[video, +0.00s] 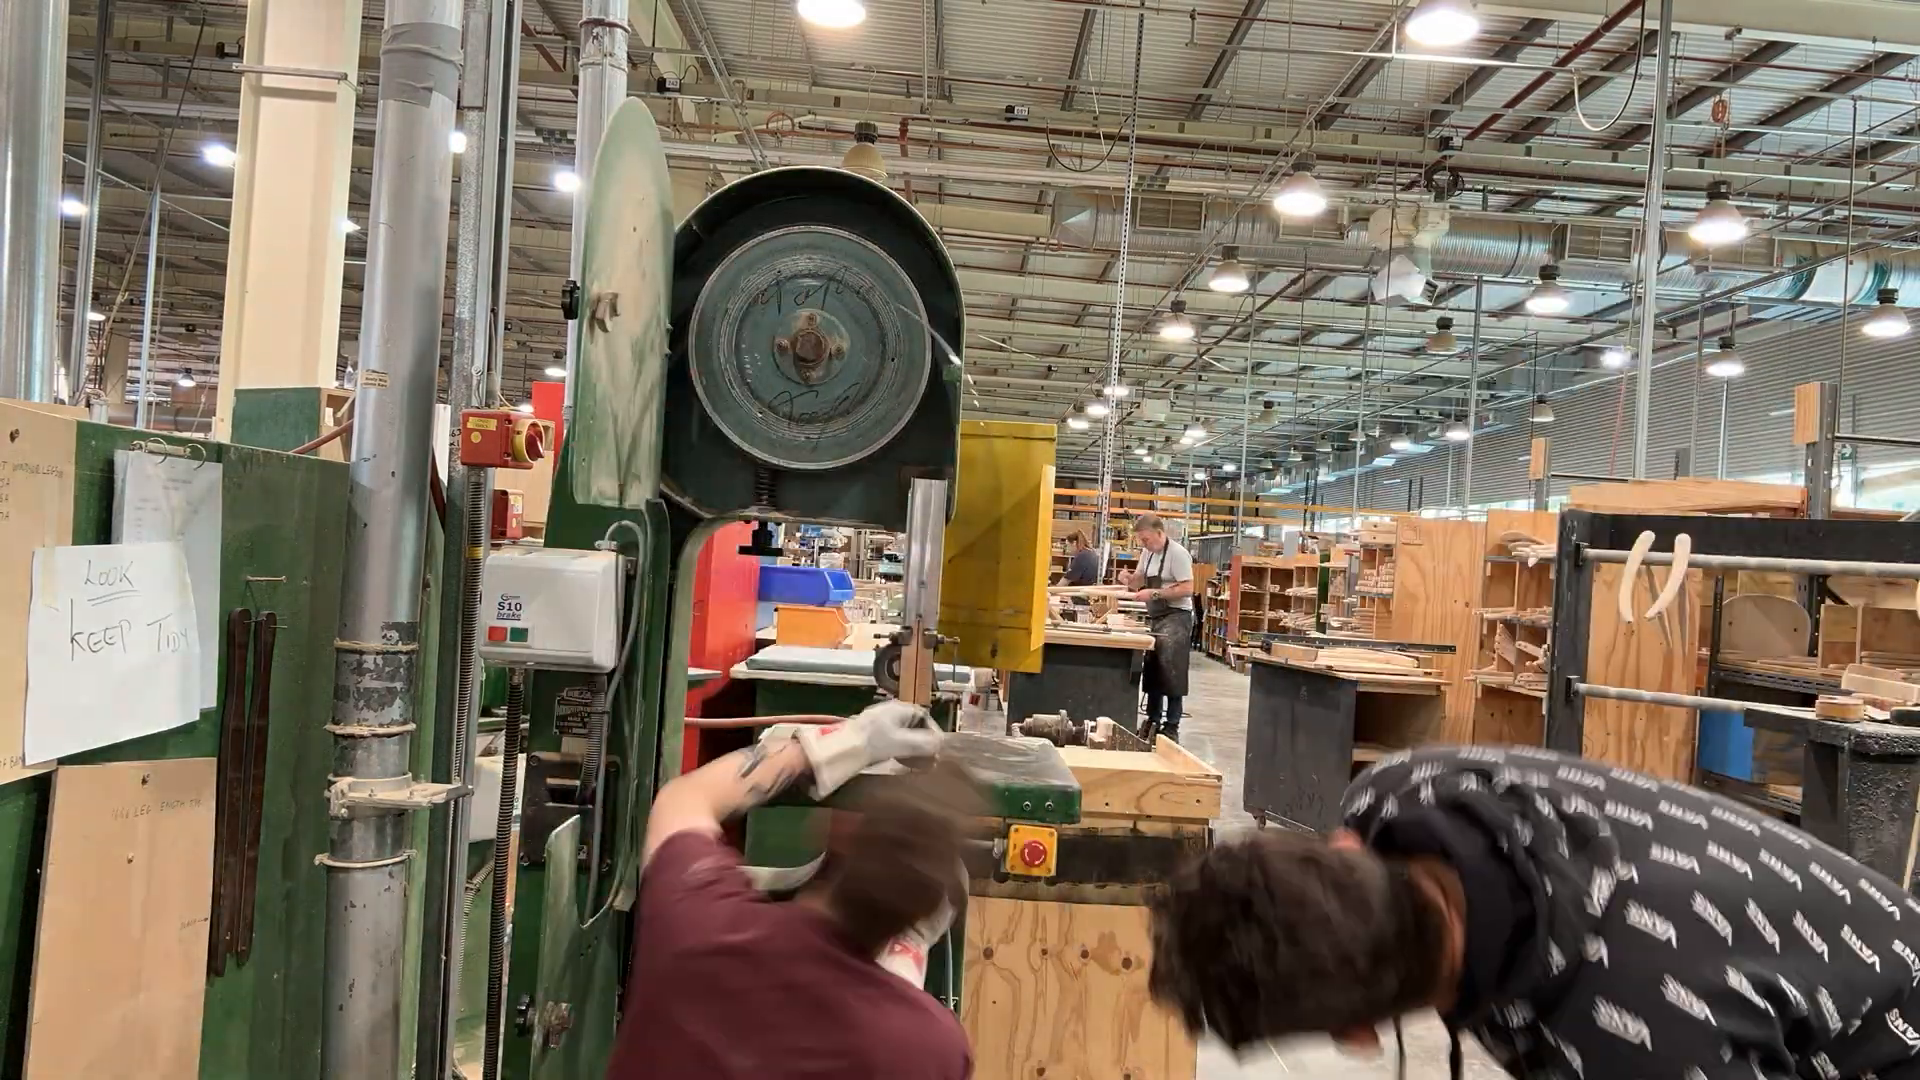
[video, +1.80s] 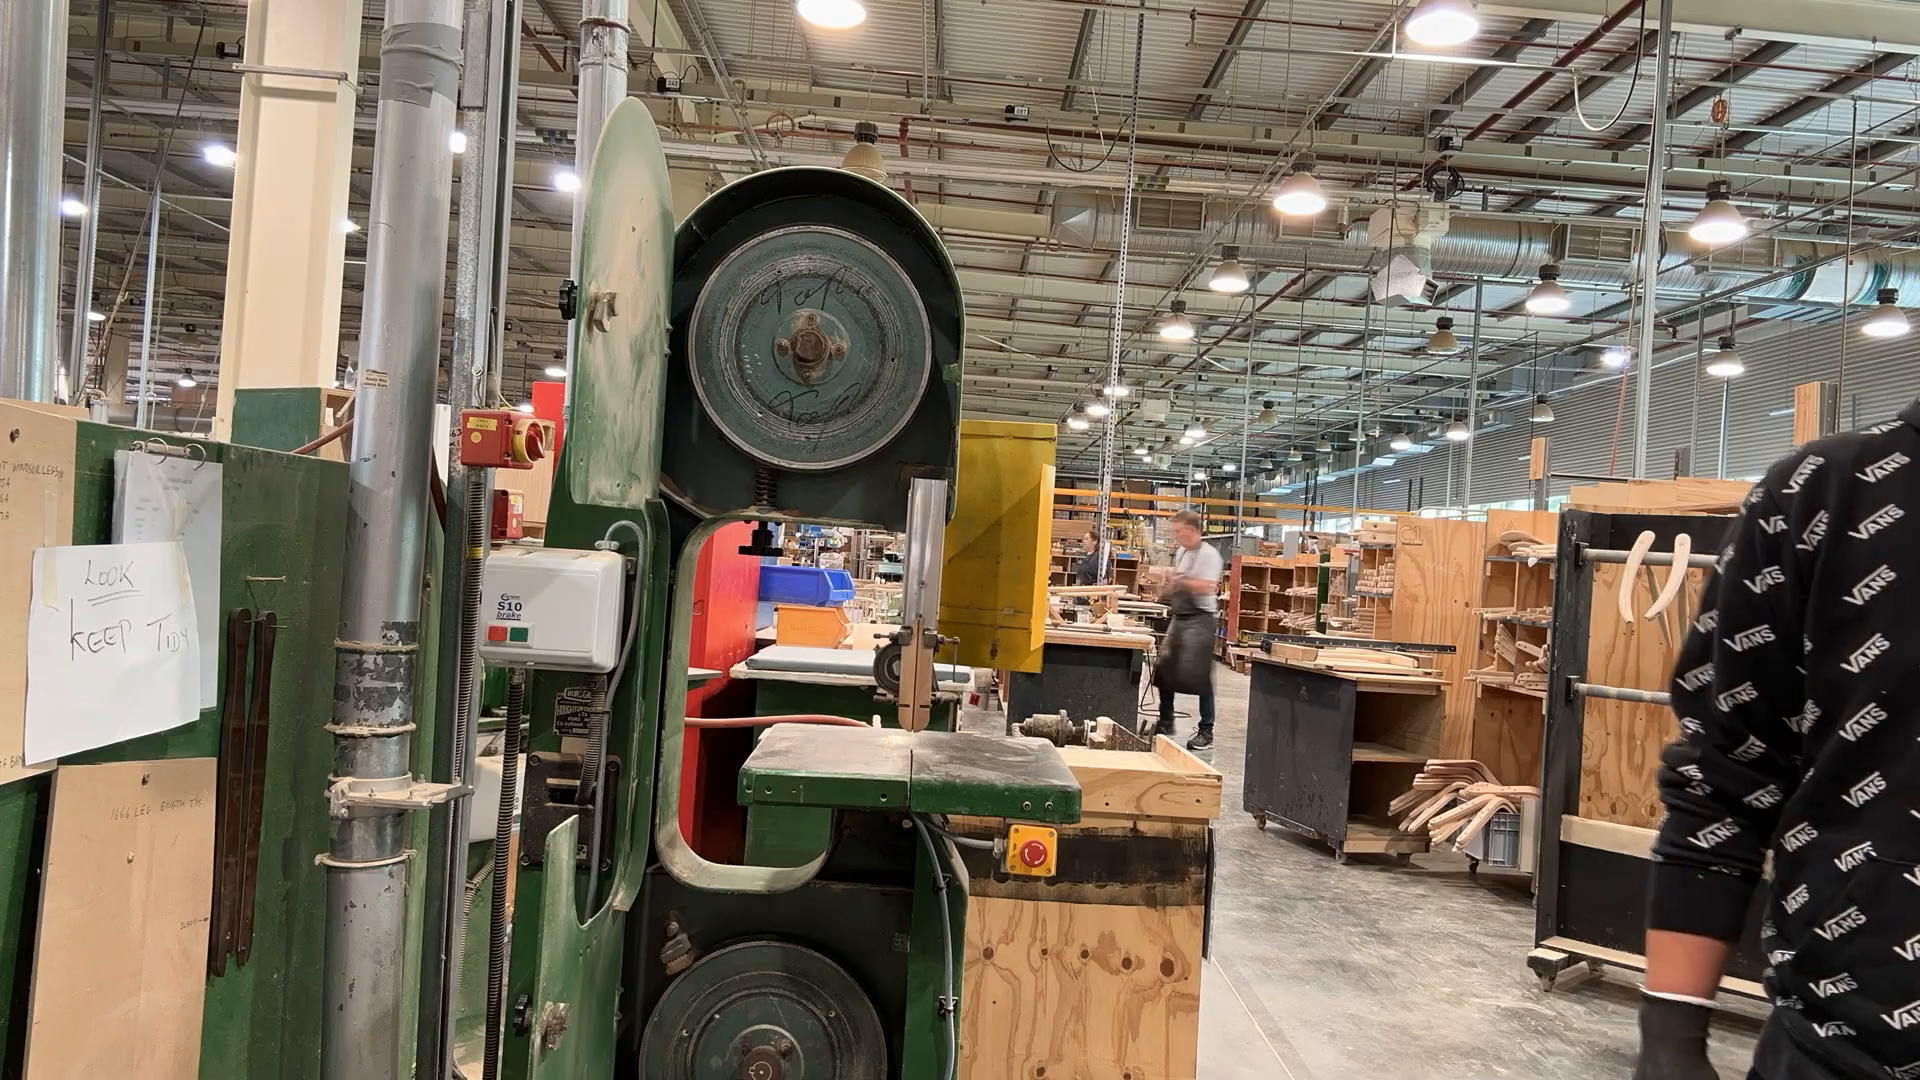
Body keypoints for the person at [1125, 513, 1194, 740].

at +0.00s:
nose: (1143, 544)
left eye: (1145, 539)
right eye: (1141, 540)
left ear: (1159, 533)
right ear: (1142, 536)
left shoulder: (1178, 553)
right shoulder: (1147, 553)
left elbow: (1188, 588)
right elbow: (1138, 582)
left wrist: (1154, 593)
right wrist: (1129, 580)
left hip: (1177, 616)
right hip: (1156, 616)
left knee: (1172, 670)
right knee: (1153, 669)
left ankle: (1171, 726)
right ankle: (1153, 720)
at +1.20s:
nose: (1138, 542)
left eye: (1140, 537)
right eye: (1136, 538)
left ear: (1154, 532)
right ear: (1148, 534)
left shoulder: (1177, 552)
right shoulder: (1146, 555)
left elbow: (1191, 587)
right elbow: (1140, 588)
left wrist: (1159, 598)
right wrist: (1121, 602)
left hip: (1176, 619)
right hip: (1155, 619)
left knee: (1173, 673)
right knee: (1150, 672)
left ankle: (1171, 728)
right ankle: (1148, 722)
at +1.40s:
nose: (1180, 530)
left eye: (1184, 526)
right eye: (1176, 526)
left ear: (1191, 529)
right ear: (1169, 529)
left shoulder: (1203, 554)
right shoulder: (1161, 551)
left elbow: (1214, 586)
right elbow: (1154, 579)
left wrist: (1194, 585)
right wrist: (1146, 577)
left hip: (1189, 616)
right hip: (1165, 616)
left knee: (1189, 670)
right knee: (1162, 669)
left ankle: (1187, 723)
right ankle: (1165, 721)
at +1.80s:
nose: (1175, 537)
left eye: (1178, 531)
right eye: (1174, 532)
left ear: (1192, 531)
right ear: (1184, 532)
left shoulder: (1210, 554)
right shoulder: (1183, 553)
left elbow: (1209, 586)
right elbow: (1181, 582)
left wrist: (1179, 581)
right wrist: (1167, 582)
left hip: (1201, 619)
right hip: (1180, 618)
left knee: (1200, 673)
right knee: (1164, 669)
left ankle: (1206, 731)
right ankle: (1166, 722)